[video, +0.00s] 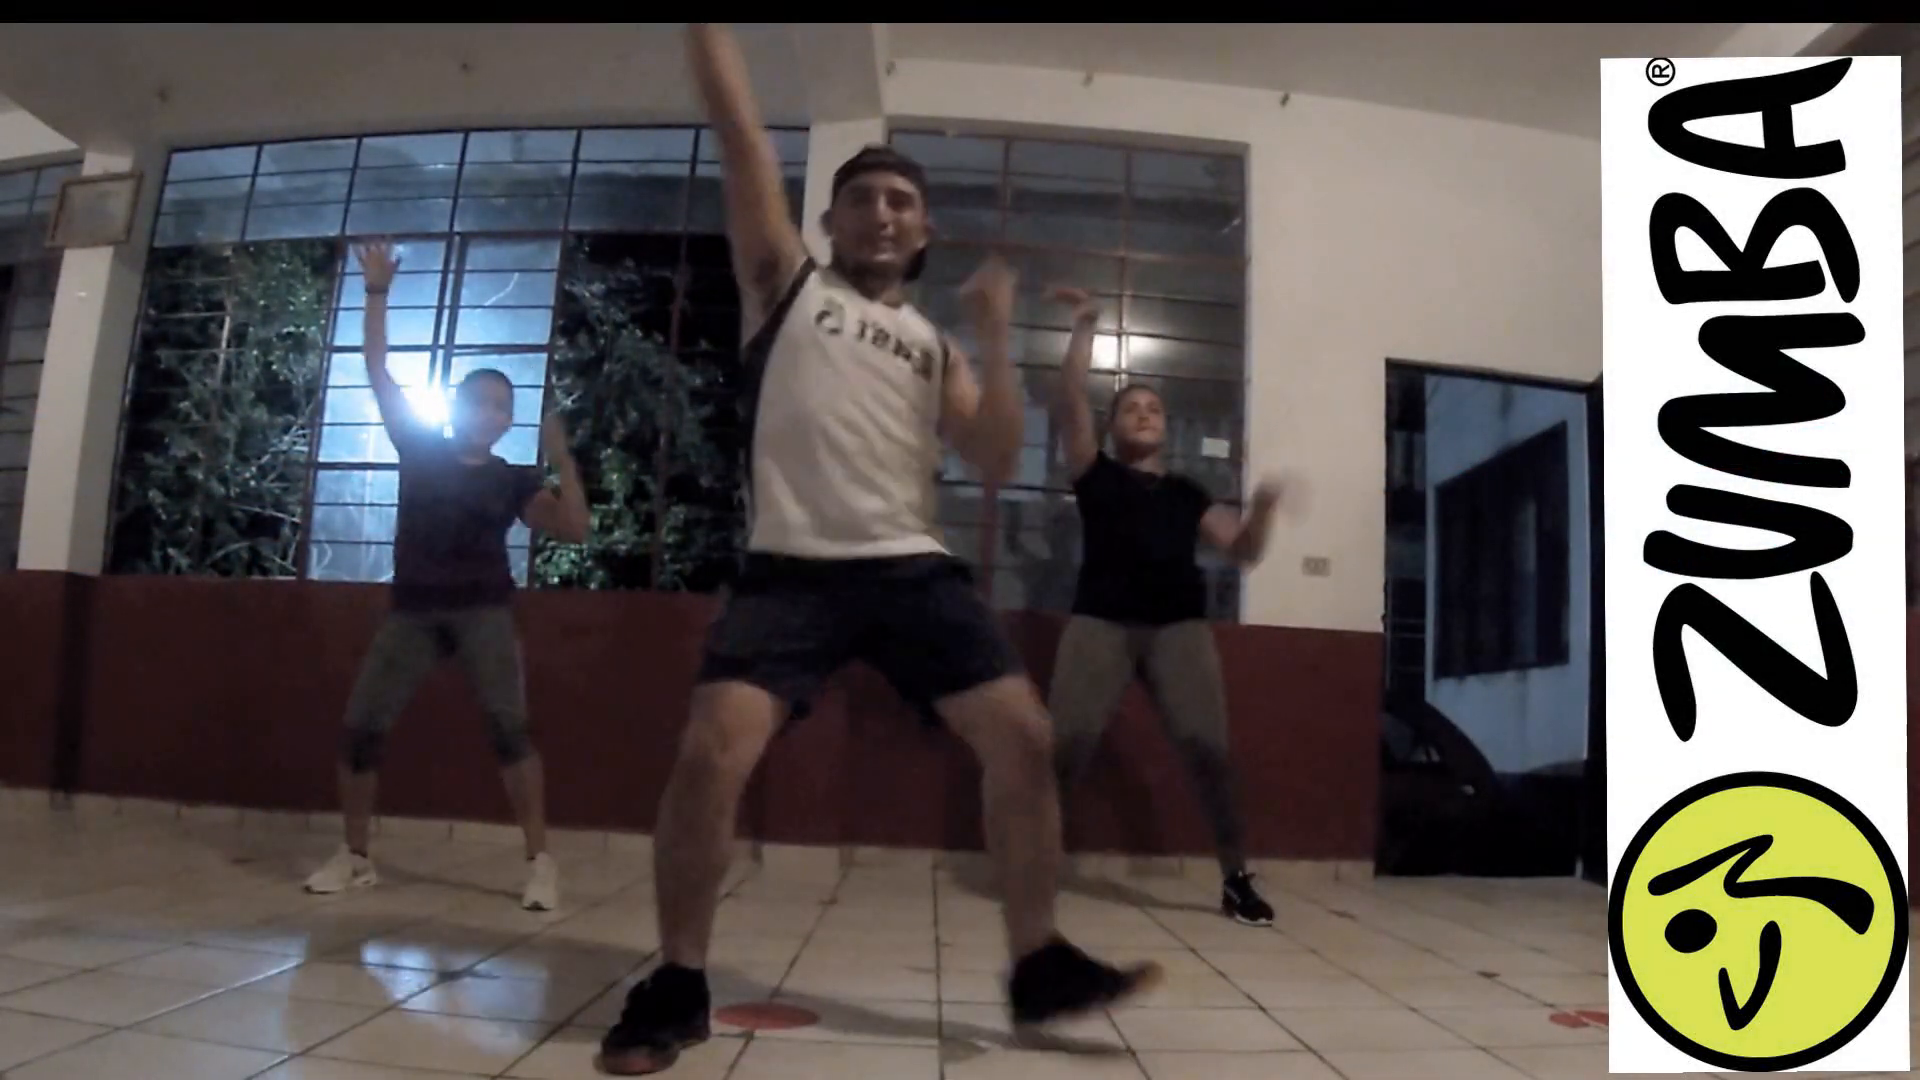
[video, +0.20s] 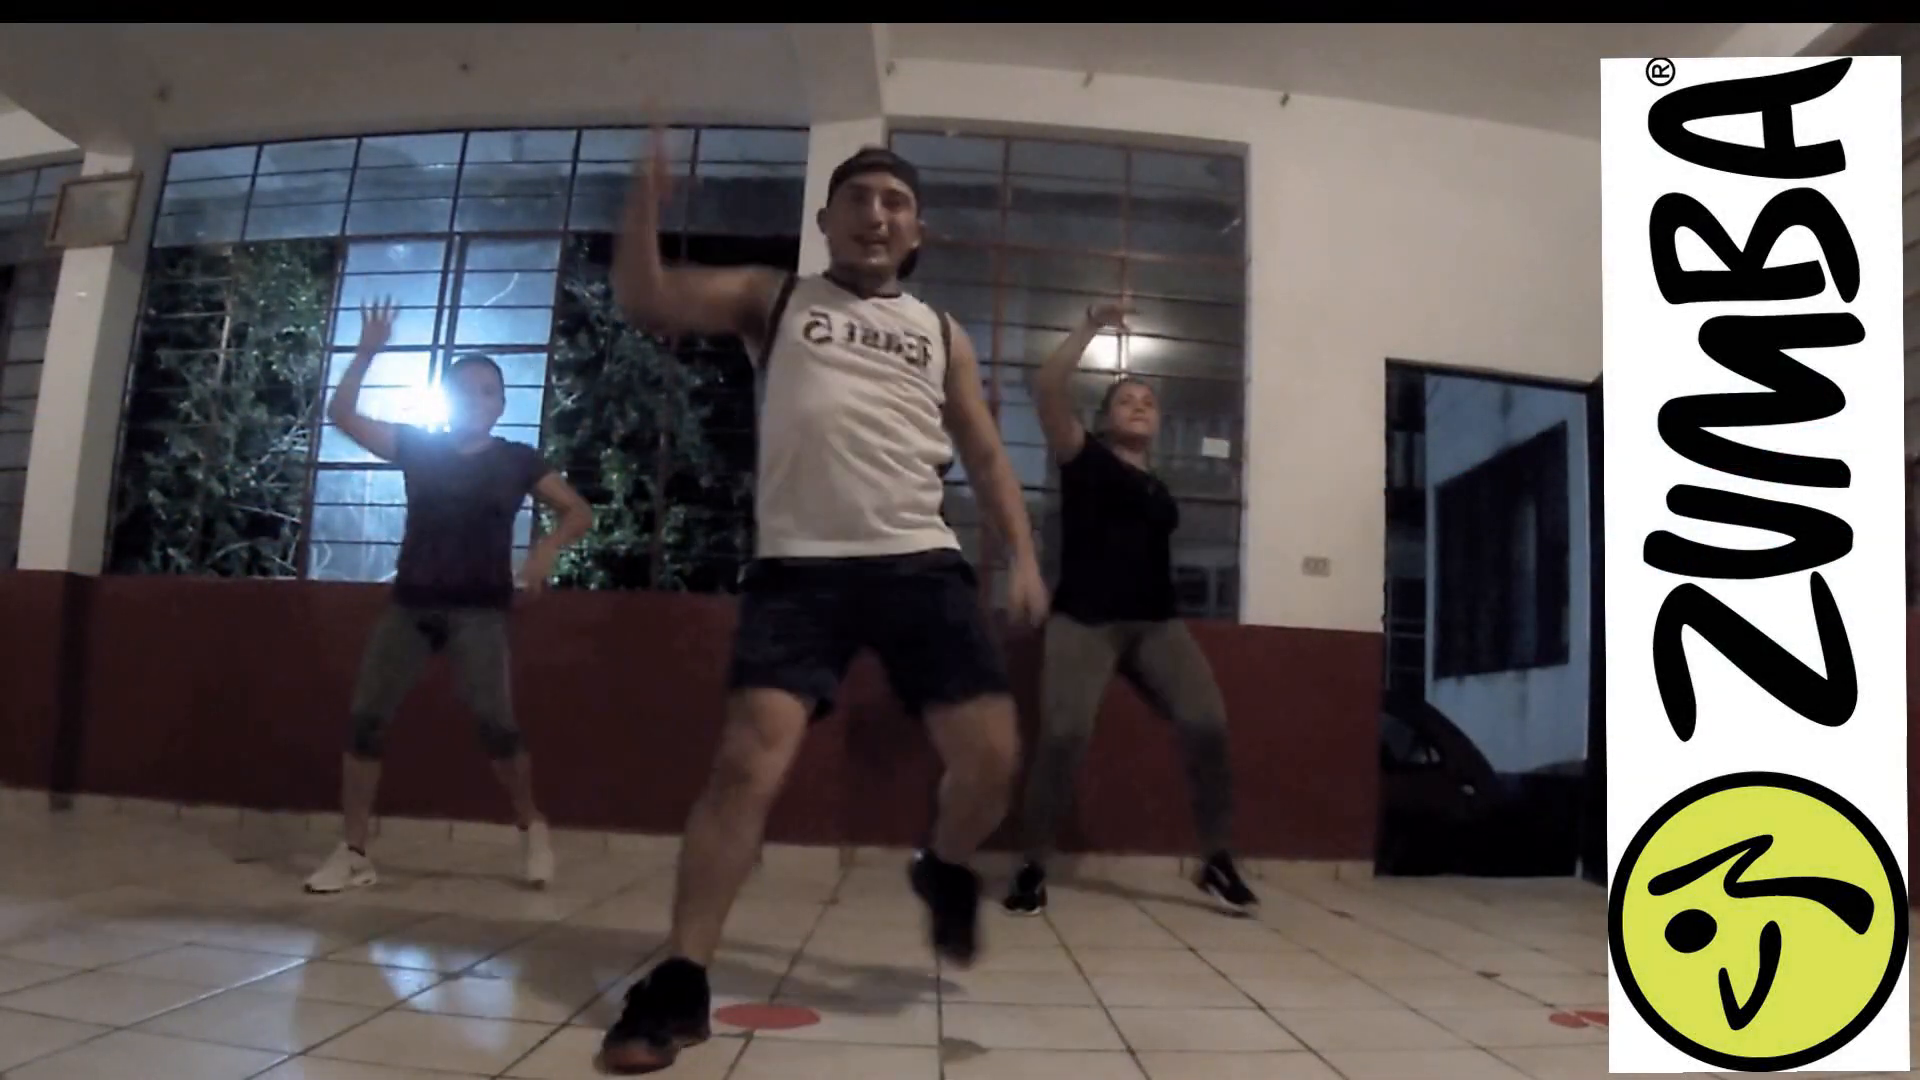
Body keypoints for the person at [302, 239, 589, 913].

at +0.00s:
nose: (487, 412)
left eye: (499, 406)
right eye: (479, 400)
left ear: (508, 419)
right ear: (457, 402)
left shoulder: (510, 479)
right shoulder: (420, 448)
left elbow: (574, 526)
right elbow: (378, 370)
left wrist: (557, 451)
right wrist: (378, 291)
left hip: (483, 612)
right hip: (415, 609)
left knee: (509, 731)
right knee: (361, 729)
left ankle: (538, 862)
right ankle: (355, 858)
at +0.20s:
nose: (484, 400)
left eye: (492, 392)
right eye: (473, 390)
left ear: (503, 402)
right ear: (449, 395)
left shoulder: (516, 461)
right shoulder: (417, 448)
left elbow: (578, 513)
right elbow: (342, 415)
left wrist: (545, 553)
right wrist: (366, 351)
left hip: (481, 610)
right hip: (412, 606)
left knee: (496, 725)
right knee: (366, 720)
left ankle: (533, 831)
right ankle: (354, 852)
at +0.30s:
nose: (483, 404)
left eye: (492, 395)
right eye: (472, 394)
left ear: (508, 404)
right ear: (453, 403)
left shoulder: (529, 461)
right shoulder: (429, 460)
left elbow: (584, 518)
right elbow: (349, 459)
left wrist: (551, 583)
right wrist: (364, 401)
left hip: (487, 613)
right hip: (423, 608)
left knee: (496, 740)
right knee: (383, 725)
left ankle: (539, 837)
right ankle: (353, 851)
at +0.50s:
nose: (506, 416)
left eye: (516, 407)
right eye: (495, 407)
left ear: (531, 416)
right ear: (478, 417)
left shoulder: (554, 473)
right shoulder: (455, 476)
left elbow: (611, 533)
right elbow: (403, 523)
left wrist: (571, 599)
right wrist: (383, 500)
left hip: (521, 629)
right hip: (457, 624)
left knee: (523, 748)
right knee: (411, 735)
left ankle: (541, 845)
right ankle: (357, 844)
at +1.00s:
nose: (514, 416)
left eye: (522, 408)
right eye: (505, 408)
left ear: (537, 413)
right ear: (486, 412)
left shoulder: (552, 462)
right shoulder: (458, 461)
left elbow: (595, 529)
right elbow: (395, 519)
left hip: (526, 607)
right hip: (462, 606)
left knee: (541, 727)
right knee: (437, 729)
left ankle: (571, 848)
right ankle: (445, 847)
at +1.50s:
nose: (601, 399)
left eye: (611, 389)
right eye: (591, 389)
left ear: (629, 396)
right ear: (572, 396)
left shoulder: (650, 455)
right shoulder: (553, 448)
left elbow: (685, 518)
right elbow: (484, 511)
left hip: (626, 612)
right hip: (554, 610)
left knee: (633, 740)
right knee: (520, 731)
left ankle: (649, 867)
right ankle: (515, 850)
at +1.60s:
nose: (610, 386)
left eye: (620, 377)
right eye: (599, 376)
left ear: (637, 389)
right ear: (580, 385)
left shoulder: (657, 447)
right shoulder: (560, 442)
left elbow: (692, 510)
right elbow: (527, 513)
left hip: (638, 606)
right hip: (568, 605)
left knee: (642, 735)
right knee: (570, 731)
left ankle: (648, 866)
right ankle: (580, 856)